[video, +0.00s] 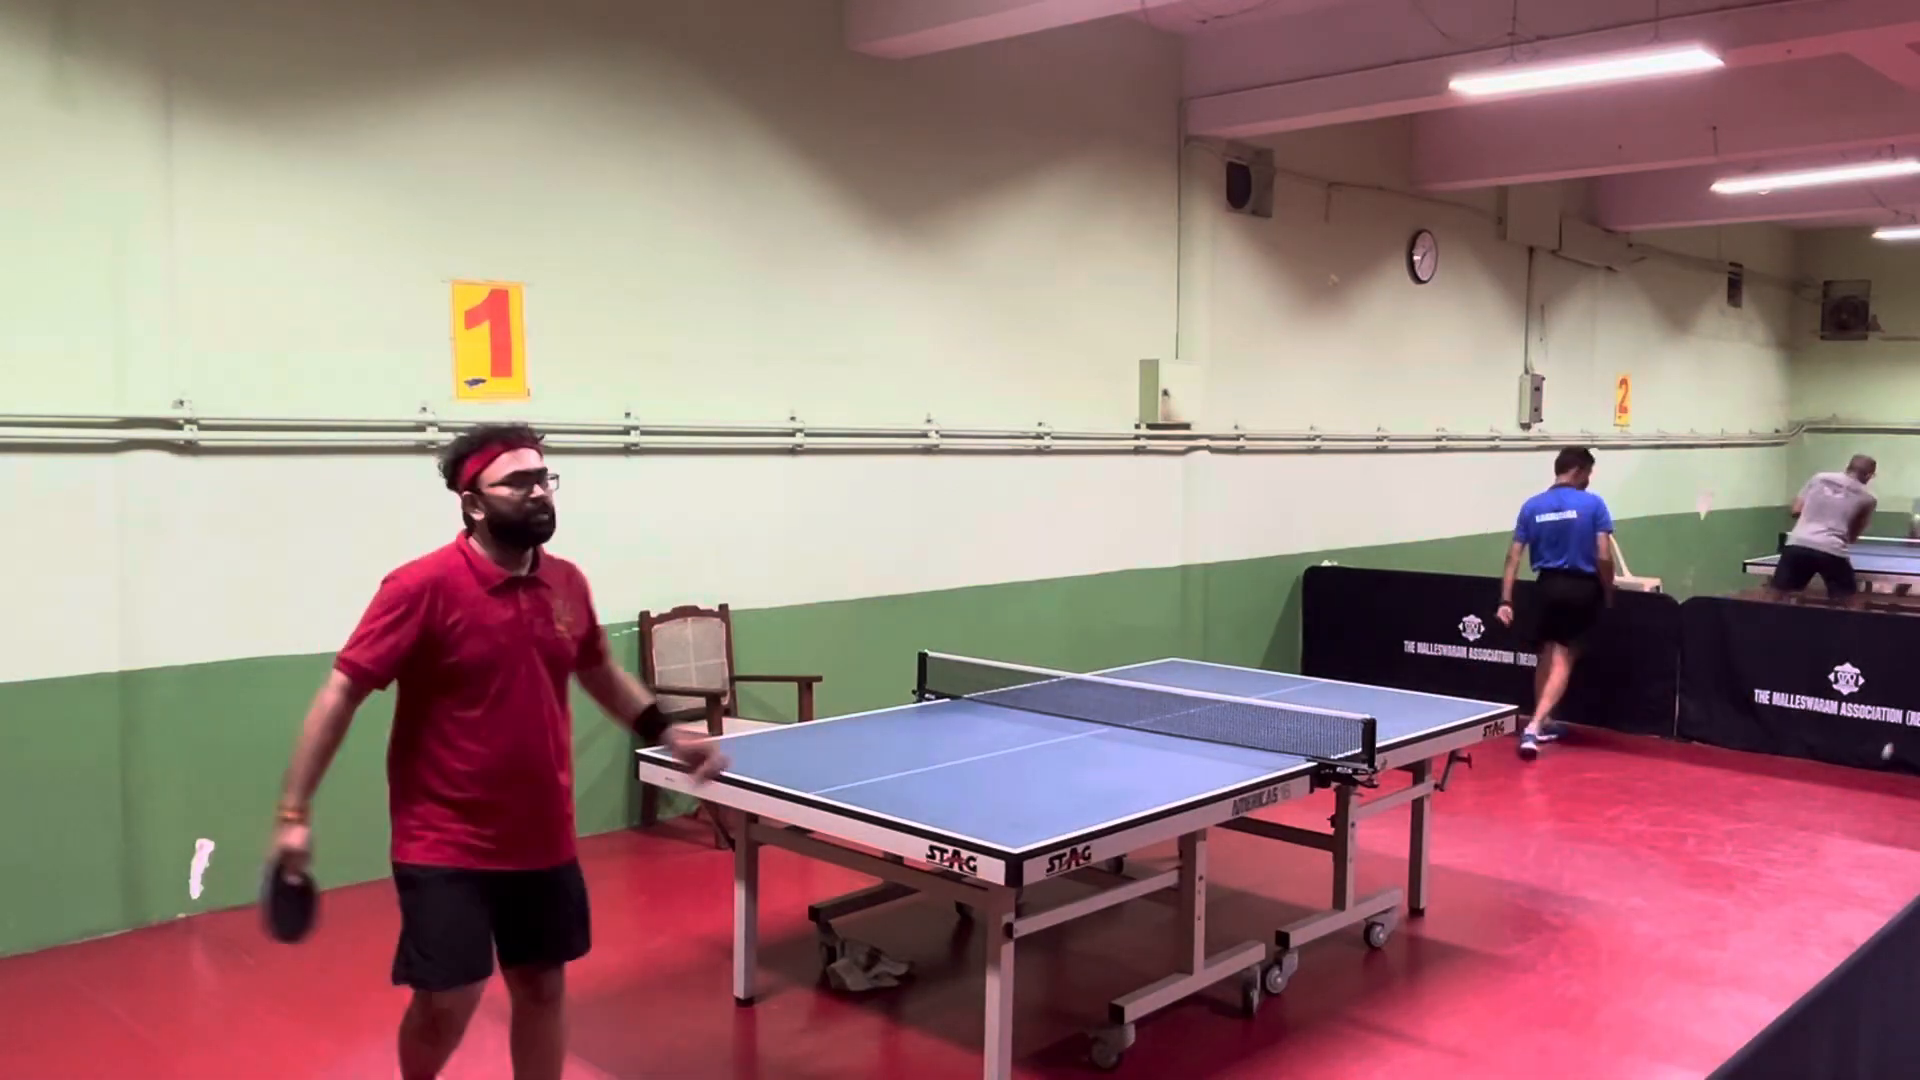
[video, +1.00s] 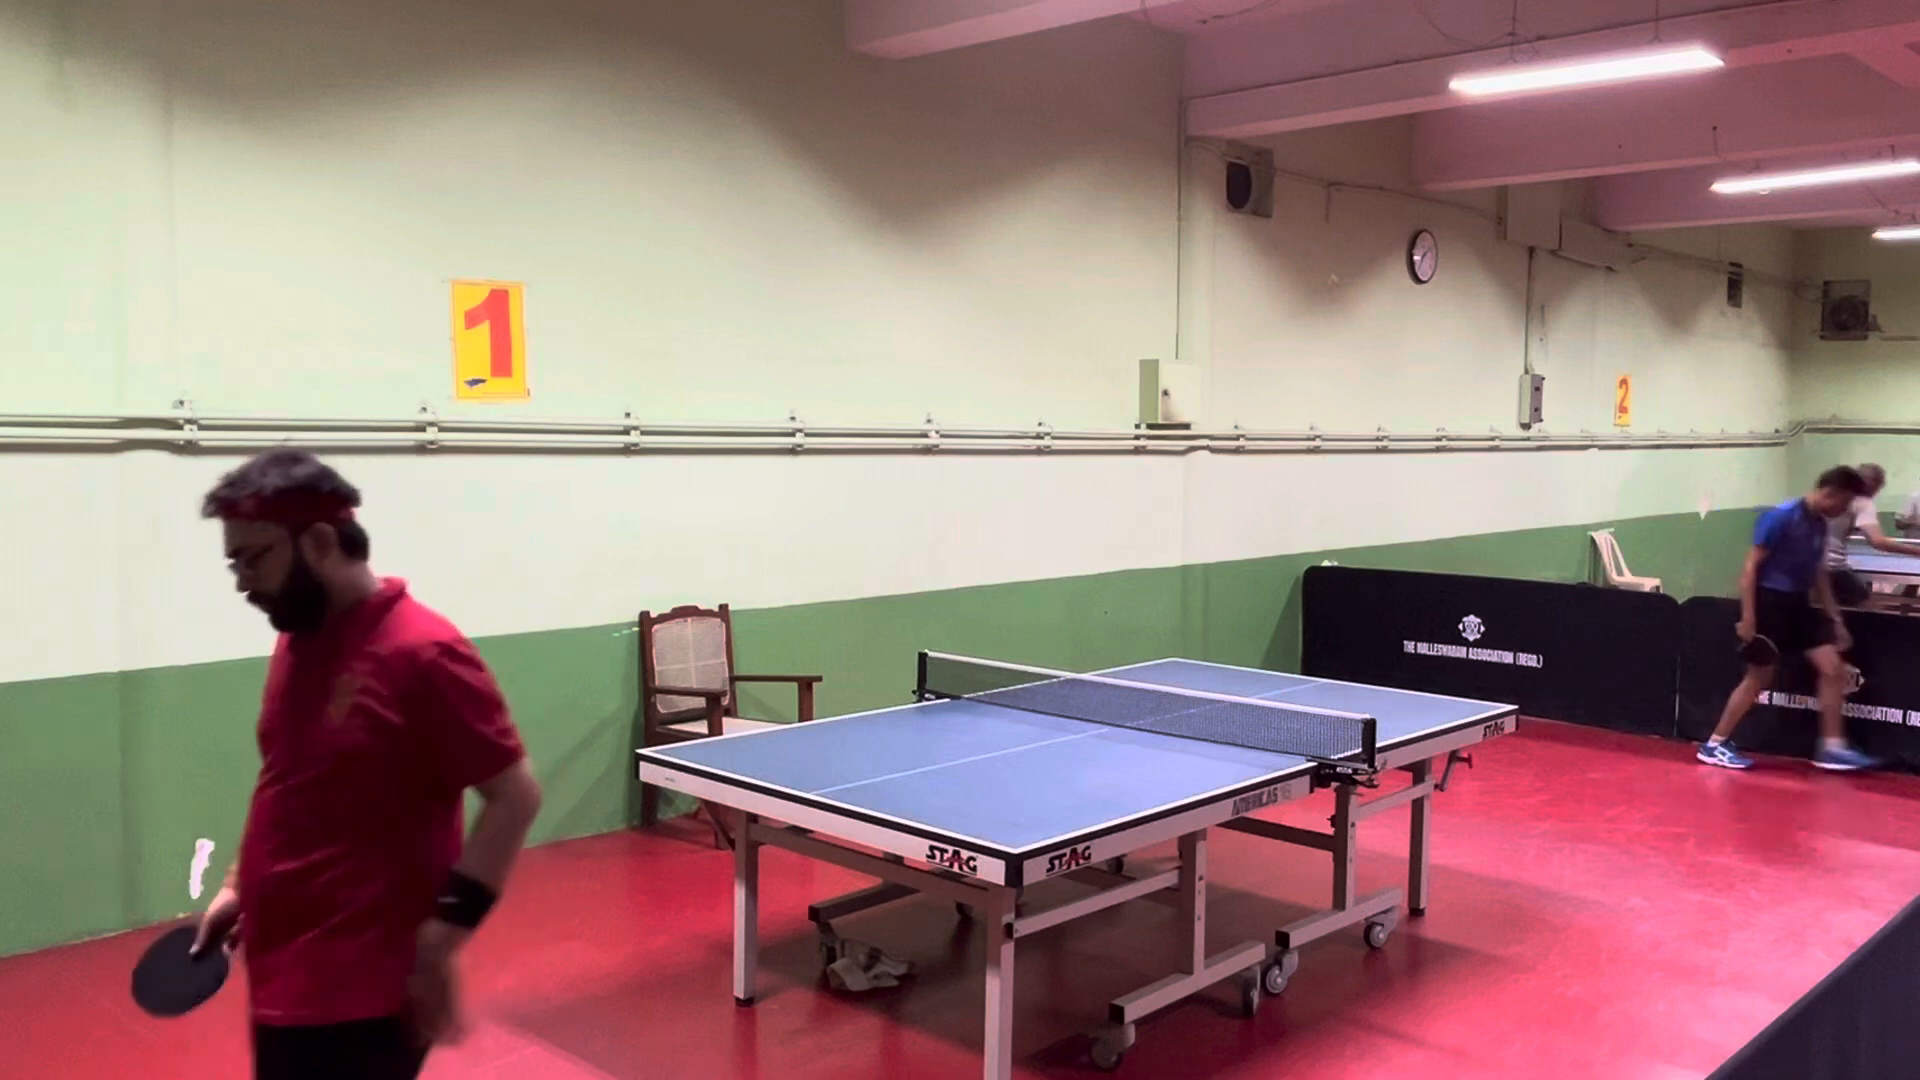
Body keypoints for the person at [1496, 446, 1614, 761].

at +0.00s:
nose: (1590, 480)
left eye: (1589, 474)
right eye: (1589, 474)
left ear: (1559, 472)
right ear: (1580, 472)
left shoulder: (1532, 505)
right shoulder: (1594, 503)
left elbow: (1514, 556)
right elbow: (1603, 555)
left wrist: (1505, 601)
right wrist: (1608, 589)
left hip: (1546, 587)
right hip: (1583, 587)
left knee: (1546, 655)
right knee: (1562, 657)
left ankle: (1541, 722)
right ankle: (1533, 727)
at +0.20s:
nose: (1616, 482)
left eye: (1617, 476)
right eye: (1614, 475)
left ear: (1588, 472)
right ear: (1600, 472)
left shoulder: (1558, 504)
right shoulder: (1607, 503)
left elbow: (1544, 556)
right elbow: (1613, 555)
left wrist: (1539, 601)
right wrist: (1635, 602)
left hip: (1564, 587)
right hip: (1598, 588)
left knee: (1569, 650)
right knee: (1630, 655)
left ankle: (1546, 722)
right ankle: (1568, 706)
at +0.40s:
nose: (1661, 490)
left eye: (1663, 483)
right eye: (1660, 483)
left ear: (1634, 475)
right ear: (1647, 478)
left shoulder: (1610, 501)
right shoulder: (1632, 509)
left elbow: (1597, 552)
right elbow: (1625, 562)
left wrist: (1640, 586)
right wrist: (1655, 601)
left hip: (1593, 585)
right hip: (1617, 590)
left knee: (1580, 649)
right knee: (1672, 653)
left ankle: (1546, 720)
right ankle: (1666, 732)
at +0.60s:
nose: (1728, 506)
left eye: (1730, 499)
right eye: (1727, 498)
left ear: (1705, 491)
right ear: (1711, 493)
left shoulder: (1683, 513)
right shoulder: (1686, 521)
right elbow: (1664, 579)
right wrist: (1691, 621)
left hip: (1646, 596)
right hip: (1661, 601)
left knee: (1631, 655)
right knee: (1713, 663)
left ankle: (1565, 709)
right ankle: (1712, 744)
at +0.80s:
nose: (1782, 501)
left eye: (1786, 495)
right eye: (1782, 494)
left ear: (1764, 486)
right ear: (1765, 484)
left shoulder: (1749, 515)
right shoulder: (1727, 514)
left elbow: (1743, 571)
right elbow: (1708, 570)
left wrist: (1754, 612)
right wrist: (1717, 618)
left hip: (1733, 596)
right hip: (1715, 595)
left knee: (1730, 663)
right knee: (1736, 665)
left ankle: (1670, 709)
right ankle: (1714, 743)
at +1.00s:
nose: (1840, 510)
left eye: (1844, 505)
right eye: (1839, 502)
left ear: (1835, 499)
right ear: (1825, 491)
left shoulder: (1818, 525)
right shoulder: (1780, 517)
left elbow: (1820, 578)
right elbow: (1749, 567)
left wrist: (1836, 623)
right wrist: (1747, 619)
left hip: (1798, 607)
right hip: (1768, 604)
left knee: (1831, 667)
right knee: (1758, 676)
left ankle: (1832, 747)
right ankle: (1715, 743)